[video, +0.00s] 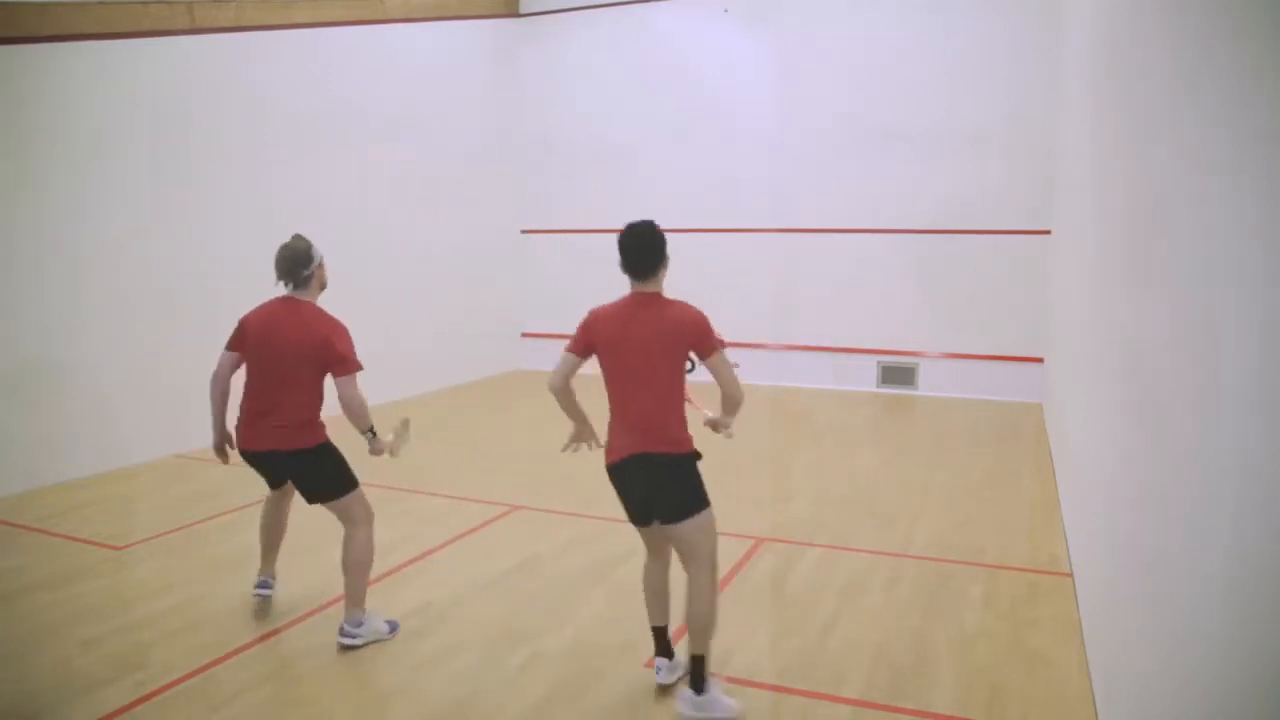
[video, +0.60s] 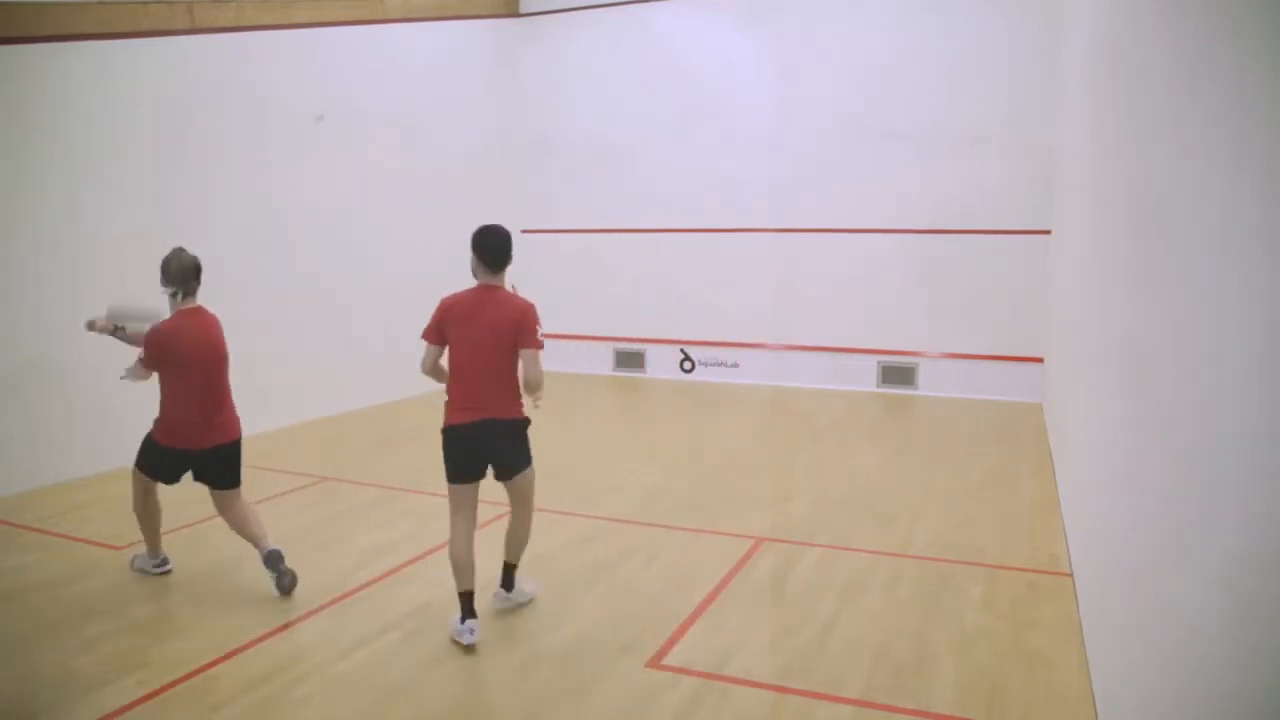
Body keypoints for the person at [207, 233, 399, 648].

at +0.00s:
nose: (326, 271)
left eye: (322, 265)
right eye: (323, 266)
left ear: (284, 276)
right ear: (318, 273)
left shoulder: (255, 319)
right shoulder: (329, 330)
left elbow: (221, 375)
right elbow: (349, 399)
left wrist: (218, 429)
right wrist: (372, 436)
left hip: (252, 443)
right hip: (303, 446)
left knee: (281, 488)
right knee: (359, 517)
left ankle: (265, 578)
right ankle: (355, 621)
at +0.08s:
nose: (306, 259)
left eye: (301, 253)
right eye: (304, 253)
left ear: (264, 263)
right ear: (298, 259)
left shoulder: (235, 306)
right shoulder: (315, 314)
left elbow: (202, 359)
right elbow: (341, 382)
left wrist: (202, 415)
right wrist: (356, 412)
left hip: (245, 432)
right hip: (296, 431)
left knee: (265, 494)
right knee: (335, 512)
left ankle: (261, 586)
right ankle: (350, 608)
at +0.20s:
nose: (277, 240)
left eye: (273, 235)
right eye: (275, 236)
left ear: (234, 246)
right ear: (272, 242)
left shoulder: (209, 290)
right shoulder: (295, 292)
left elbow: (185, 348)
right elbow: (323, 358)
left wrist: (180, 399)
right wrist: (319, 383)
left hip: (230, 415)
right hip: (282, 412)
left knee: (243, 487)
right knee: (298, 493)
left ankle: (252, 574)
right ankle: (298, 586)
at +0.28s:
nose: (261, 242)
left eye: (256, 236)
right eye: (259, 237)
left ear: (219, 247)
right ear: (256, 243)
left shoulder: (201, 290)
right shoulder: (282, 291)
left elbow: (175, 353)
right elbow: (296, 350)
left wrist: (168, 392)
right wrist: (266, 371)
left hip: (221, 414)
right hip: (274, 411)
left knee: (223, 484)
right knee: (278, 495)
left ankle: (234, 564)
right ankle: (283, 583)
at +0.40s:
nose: (238, 254)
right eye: (236, 250)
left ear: (199, 261)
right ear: (235, 257)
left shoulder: (190, 309)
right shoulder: (256, 303)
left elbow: (164, 361)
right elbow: (241, 344)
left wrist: (148, 373)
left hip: (209, 424)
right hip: (260, 421)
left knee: (193, 490)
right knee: (266, 499)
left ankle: (181, 552)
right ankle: (280, 580)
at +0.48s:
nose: (223, 266)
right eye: (222, 261)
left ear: (186, 270)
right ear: (220, 267)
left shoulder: (177, 318)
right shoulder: (237, 310)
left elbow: (156, 363)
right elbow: (189, 338)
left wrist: (143, 360)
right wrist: (145, 320)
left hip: (197, 432)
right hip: (247, 428)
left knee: (176, 496)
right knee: (254, 500)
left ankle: (161, 554)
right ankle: (276, 568)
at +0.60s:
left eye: (163, 280)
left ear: (166, 283)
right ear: (199, 281)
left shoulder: (161, 334)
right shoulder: (212, 323)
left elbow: (143, 372)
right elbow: (156, 340)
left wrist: (133, 371)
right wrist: (113, 330)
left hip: (175, 438)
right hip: (223, 436)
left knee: (143, 479)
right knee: (231, 502)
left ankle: (155, 555)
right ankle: (268, 550)